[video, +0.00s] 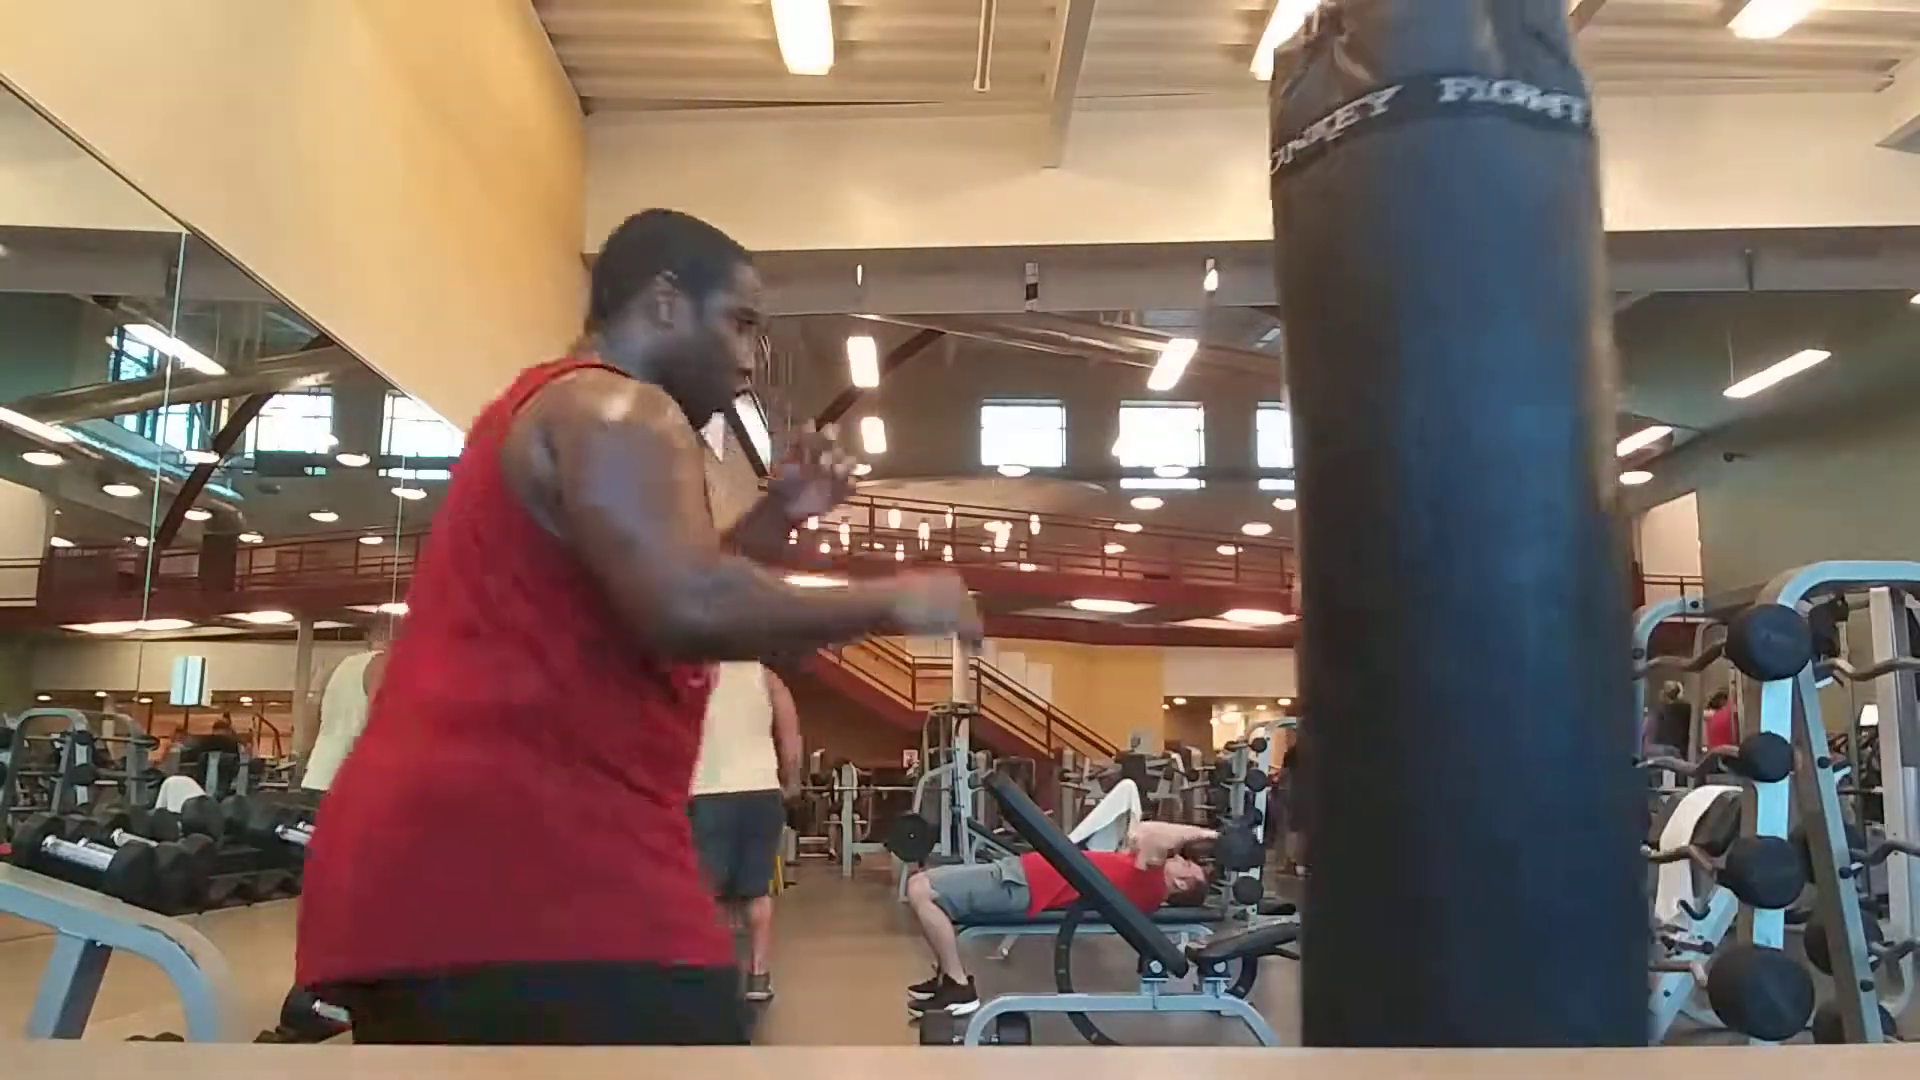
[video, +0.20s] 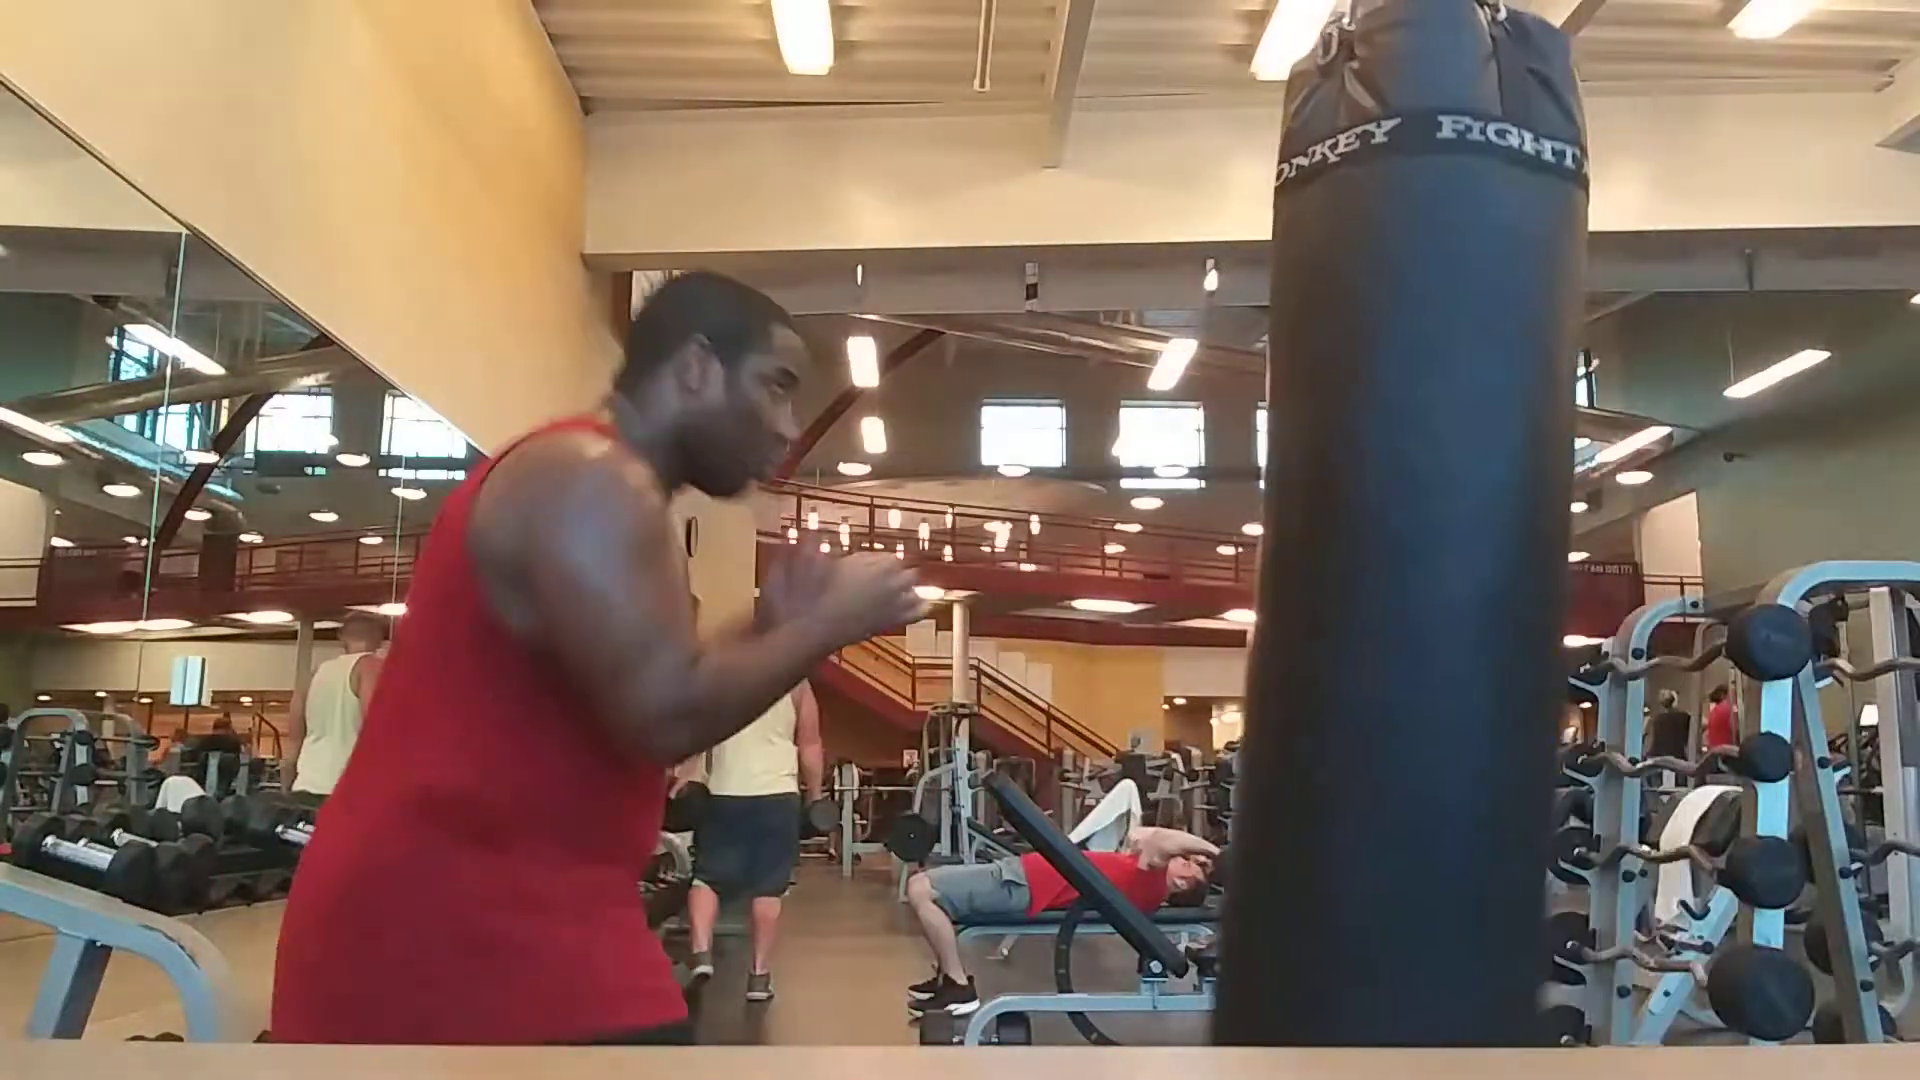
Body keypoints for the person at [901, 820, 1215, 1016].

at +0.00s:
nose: (1186, 863)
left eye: (1191, 871)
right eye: (1191, 863)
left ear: (1182, 885)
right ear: (1181, 860)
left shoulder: (1149, 888)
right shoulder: (1144, 875)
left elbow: (1146, 835)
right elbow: (1141, 834)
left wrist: (1205, 833)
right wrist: (1200, 832)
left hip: (1024, 886)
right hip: (1018, 871)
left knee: (921, 891)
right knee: (920, 881)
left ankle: (958, 985)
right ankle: (944, 977)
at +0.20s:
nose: (1189, 863)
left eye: (1193, 871)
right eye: (1191, 861)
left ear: (1184, 886)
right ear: (1179, 859)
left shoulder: (1149, 888)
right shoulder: (1142, 873)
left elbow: (1155, 838)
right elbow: (1140, 836)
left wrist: (1208, 848)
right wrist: (1193, 845)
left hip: (1023, 885)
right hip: (1017, 872)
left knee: (921, 890)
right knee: (921, 881)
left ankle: (958, 986)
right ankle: (945, 978)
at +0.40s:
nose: (1181, 859)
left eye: (1185, 860)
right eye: (1185, 857)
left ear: (1181, 877)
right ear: (1179, 869)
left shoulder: (1148, 885)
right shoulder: (1141, 871)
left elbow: (1158, 841)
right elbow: (1144, 836)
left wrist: (1195, 847)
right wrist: (1192, 847)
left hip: (1024, 885)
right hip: (1019, 872)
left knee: (922, 889)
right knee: (923, 881)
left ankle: (959, 986)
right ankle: (945, 977)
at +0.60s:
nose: (1181, 860)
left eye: (1186, 861)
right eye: (1186, 859)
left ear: (1182, 878)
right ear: (1176, 865)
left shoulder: (1146, 885)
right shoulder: (1138, 871)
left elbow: (1152, 843)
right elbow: (1134, 836)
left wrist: (1197, 843)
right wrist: (1191, 840)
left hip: (1025, 886)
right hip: (1020, 872)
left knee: (922, 889)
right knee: (923, 880)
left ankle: (959, 985)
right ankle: (945, 976)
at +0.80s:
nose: (1176, 862)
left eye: (1183, 862)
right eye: (1181, 858)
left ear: (1184, 878)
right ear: (1172, 861)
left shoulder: (1148, 888)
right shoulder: (1145, 878)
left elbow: (1145, 832)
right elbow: (1134, 832)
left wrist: (1195, 825)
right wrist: (1191, 827)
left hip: (1026, 885)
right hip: (1023, 874)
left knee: (922, 889)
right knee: (923, 883)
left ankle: (959, 986)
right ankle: (946, 978)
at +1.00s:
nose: (1172, 859)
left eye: (1179, 861)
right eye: (1178, 858)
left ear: (1179, 877)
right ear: (1173, 863)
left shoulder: (1149, 884)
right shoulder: (1145, 874)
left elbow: (1156, 822)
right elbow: (1140, 824)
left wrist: (1185, 798)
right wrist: (1181, 796)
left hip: (1025, 884)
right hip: (1021, 873)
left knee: (922, 888)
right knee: (923, 881)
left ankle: (960, 984)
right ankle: (945, 976)